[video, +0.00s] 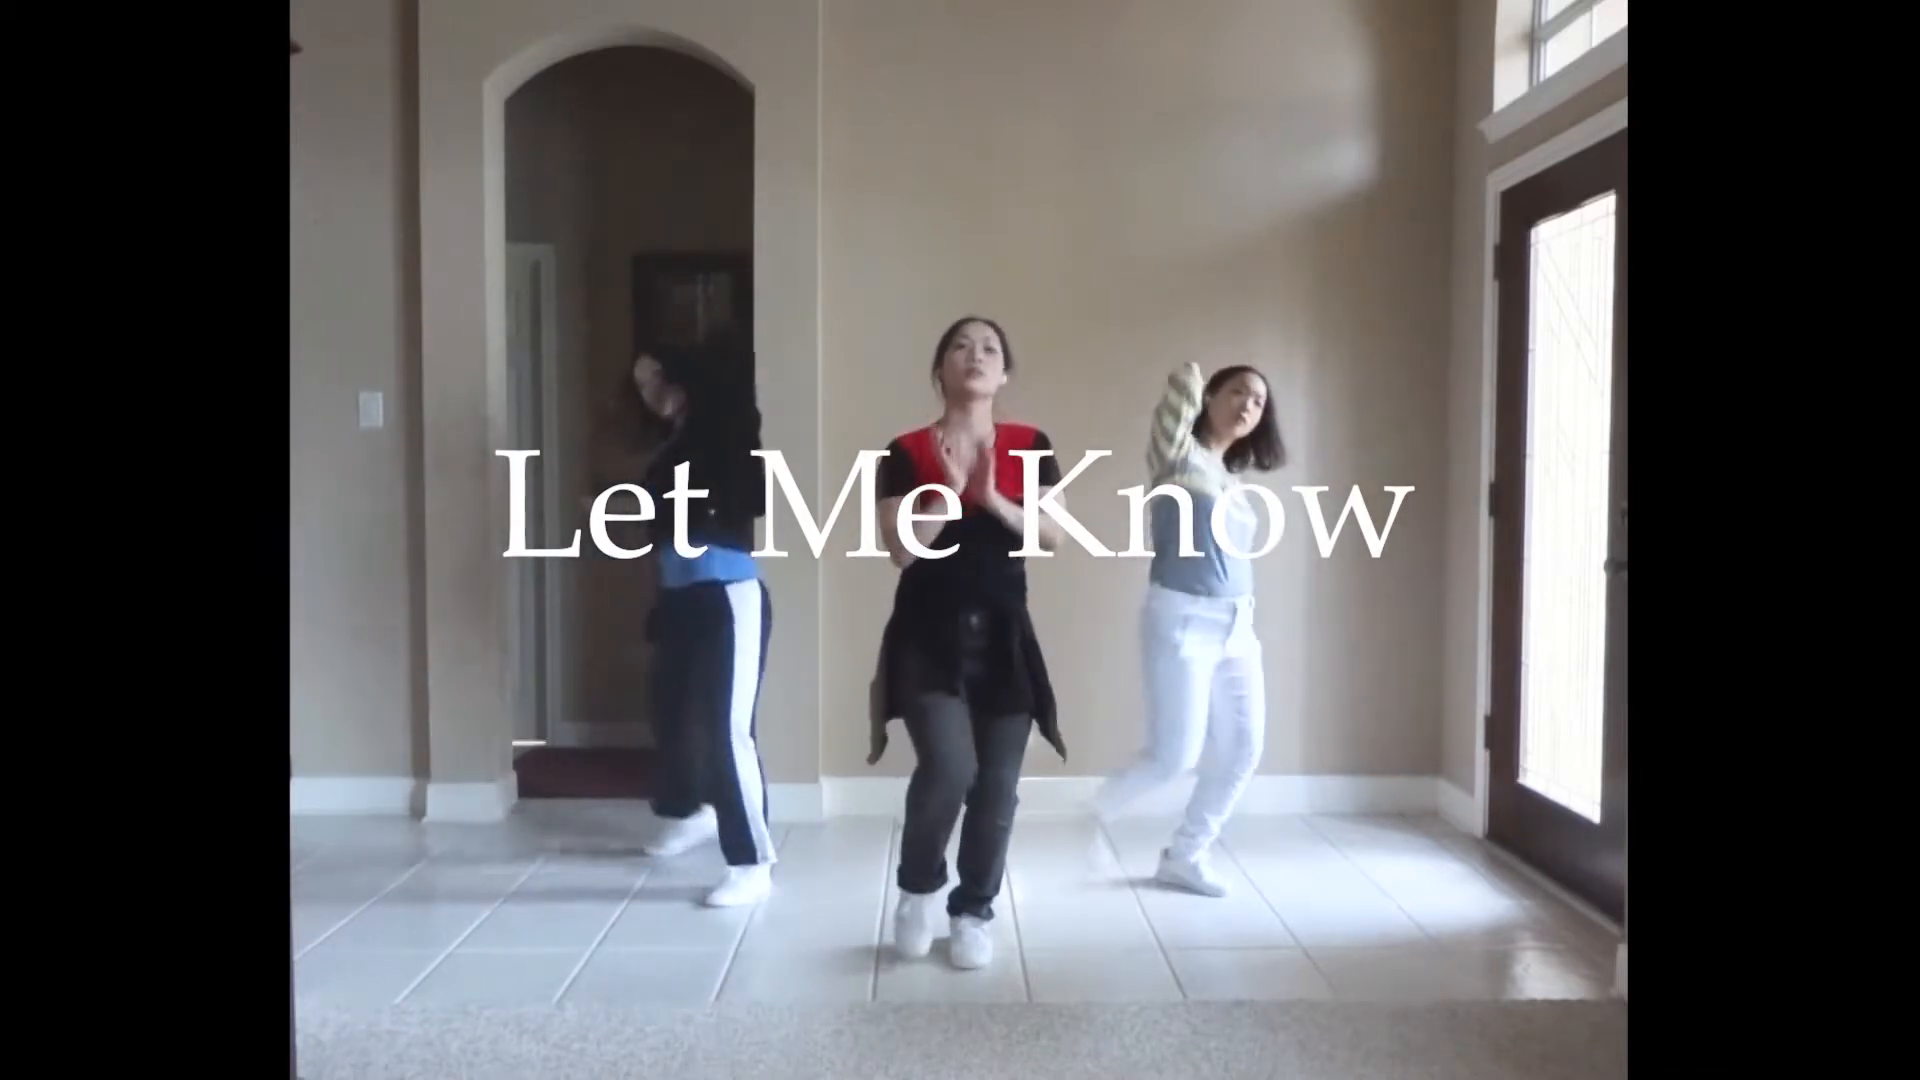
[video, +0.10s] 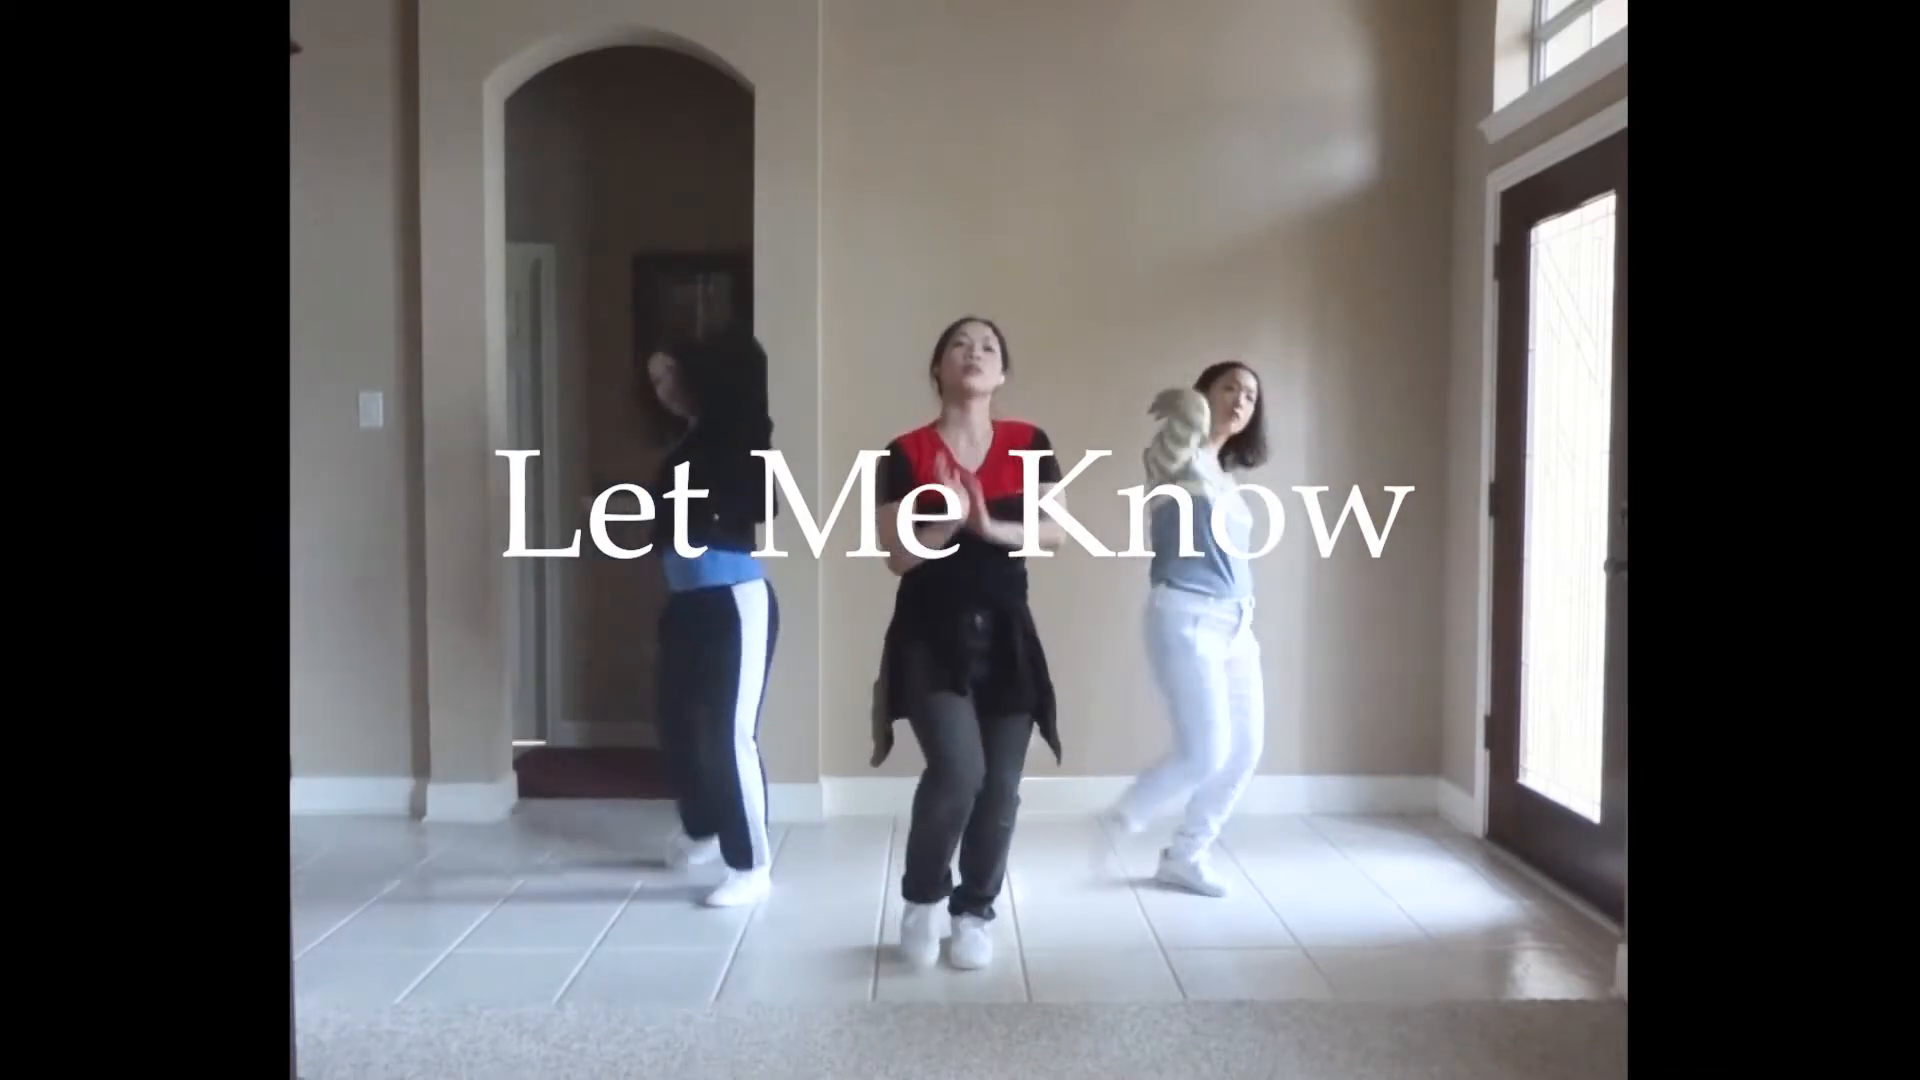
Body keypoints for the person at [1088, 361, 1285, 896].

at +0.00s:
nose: (1249, 403)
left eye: (1259, 400)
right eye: (1240, 392)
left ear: (1260, 421)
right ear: (1209, 398)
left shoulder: (1236, 478)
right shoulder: (1176, 459)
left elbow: (1229, 557)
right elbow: (1172, 423)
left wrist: (1241, 617)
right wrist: (1188, 381)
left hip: (1235, 624)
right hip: (1180, 619)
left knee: (1240, 750)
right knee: (1173, 756)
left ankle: (1184, 858)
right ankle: (1096, 812)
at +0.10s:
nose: (1240, 399)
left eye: (1249, 395)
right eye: (1230, 388)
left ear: (1251, 417)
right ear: (1202, 398)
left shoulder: (1227, 478)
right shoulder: (1168, 459)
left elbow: (1231, 559)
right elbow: (1186, 433)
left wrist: (1243, 615)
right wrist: (1181, 407)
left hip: (1233, 624)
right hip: (1182, 617)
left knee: (1243, 750)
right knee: (1206, 751)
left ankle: (1185, 857)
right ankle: (1115, 824)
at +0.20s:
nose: (1231, 393)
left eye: (1241, 390)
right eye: (1220, 382)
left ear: (1243, 412)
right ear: (1189, 395)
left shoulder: (1223, 477)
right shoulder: (1163, 455)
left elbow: (1230, 558)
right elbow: (1201, 462)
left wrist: (1242, 613)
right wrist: (1197, 421)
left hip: (1231, 621)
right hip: (1185, 616)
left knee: (1243, 747)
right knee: (1230, 746)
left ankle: (1186, 856)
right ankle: (1142, 832)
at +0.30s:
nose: (1227, 388)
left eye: (1234, 384)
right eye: (1215, 377)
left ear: (1237, 406)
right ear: (1181, 392)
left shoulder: (1210, 460)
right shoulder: (1165, 452)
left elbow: (1220, 541)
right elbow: (1212, 493)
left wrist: (1237, 600)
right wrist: (1211, 428)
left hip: (1227, 612)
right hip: (1188, 611)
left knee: (1243, 738)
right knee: (1251, 738)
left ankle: (1191, 850)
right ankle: (1166, 832)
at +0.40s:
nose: (1218, 383)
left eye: (1225, 377)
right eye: (1205, 373)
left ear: (1230, 394)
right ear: (1177, 386)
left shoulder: (1206, 450)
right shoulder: (1169, 446)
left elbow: (1213, 531)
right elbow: (1208, 515)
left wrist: (1236, 591)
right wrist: (1228, 450)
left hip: (1225, 604)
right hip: (1191, 606)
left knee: (1223, 738)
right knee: (1262, 730)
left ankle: (1193, 849)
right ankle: (1180, 835)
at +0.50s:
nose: (1211, 373)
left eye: (1218, 367)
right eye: (1197, 364)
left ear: (1224, 387)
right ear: (1170, 379)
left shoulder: (1205, 447)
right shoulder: (1170, 444)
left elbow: (1207, 526)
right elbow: (1205, 518)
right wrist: (1243, 462)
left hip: (1222, 599)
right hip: (1192, 602)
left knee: (1204, 737)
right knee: (1267, 725)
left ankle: (1184, 857)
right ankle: (1189, 846)